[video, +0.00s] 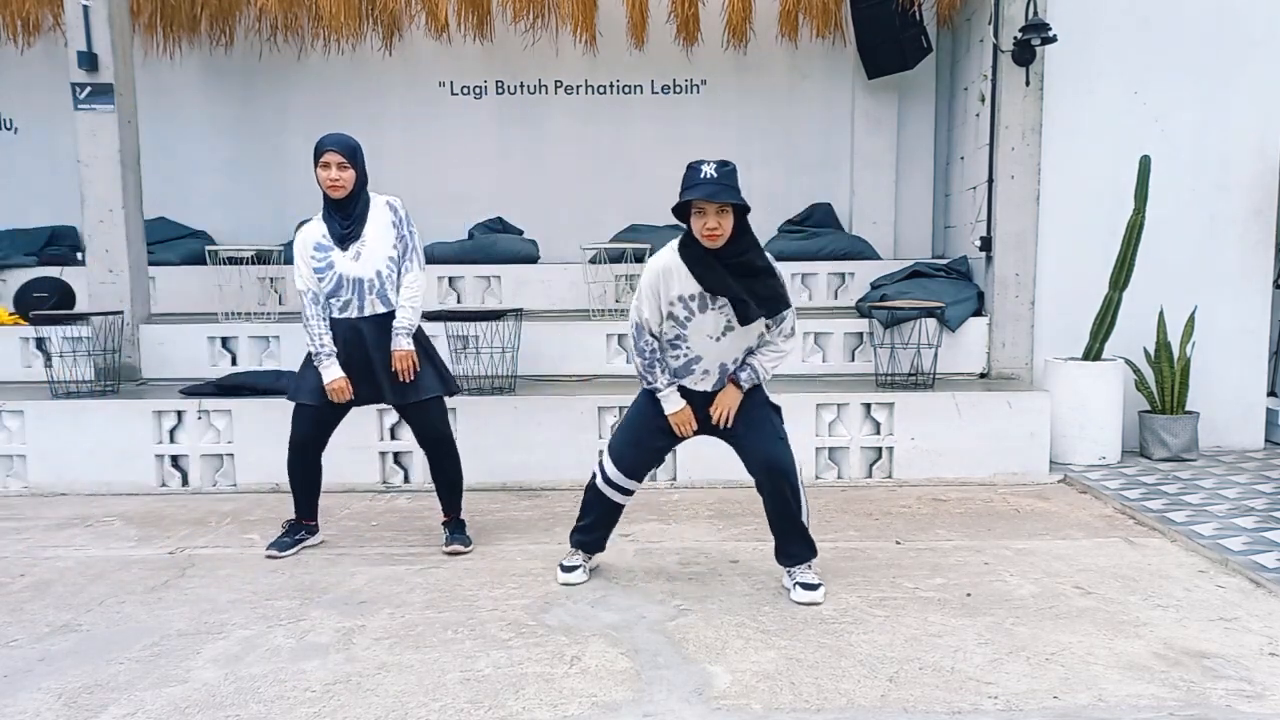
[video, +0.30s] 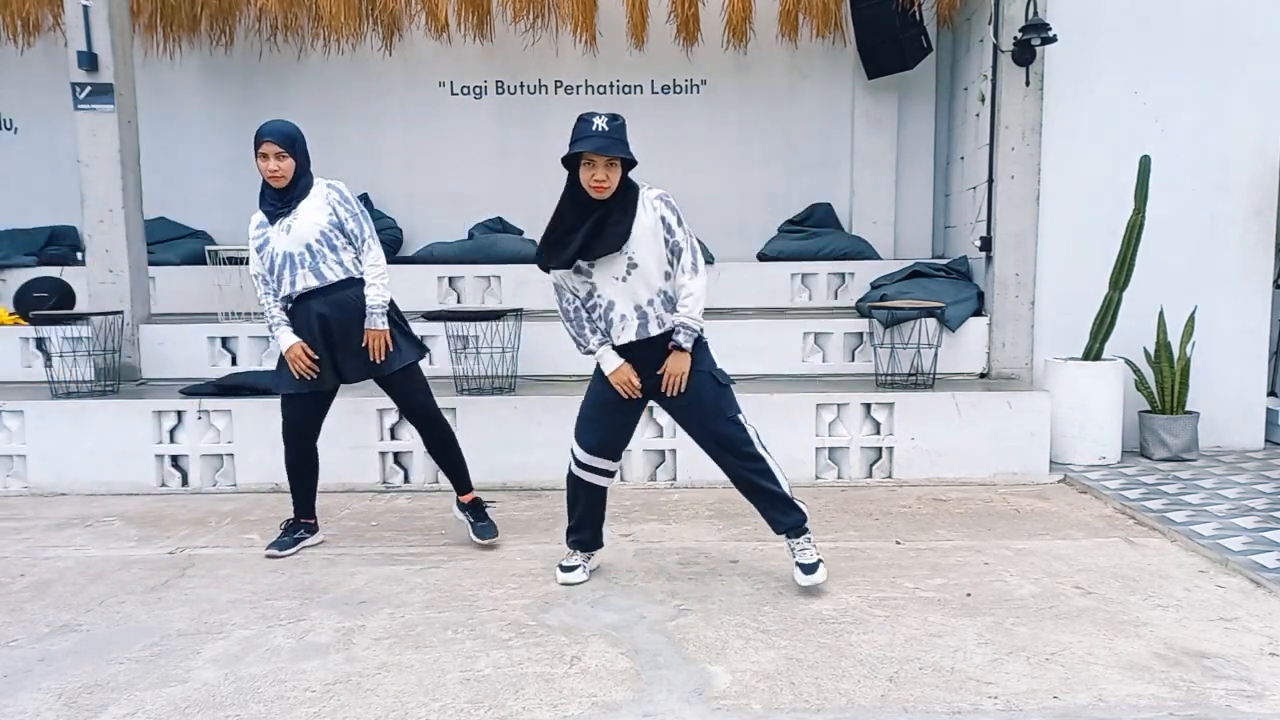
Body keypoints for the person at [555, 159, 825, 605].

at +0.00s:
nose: (711, 223)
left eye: (721, 212)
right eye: (700, 212)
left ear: (737, 214)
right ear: (687, 216)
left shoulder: (759, 267)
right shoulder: (664, 267)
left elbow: (782, 335)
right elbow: (642, 339)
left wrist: (739, 384)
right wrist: (670, 399)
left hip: (738, 392)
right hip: (671, 391)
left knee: (776, 465)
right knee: (620, 461)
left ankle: (799, 564)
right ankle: (583, 548)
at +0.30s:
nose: (599, 175)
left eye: (609, 164)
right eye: (589, 164)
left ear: (624, 165)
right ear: (574, 166)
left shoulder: (656, 207)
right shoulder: (566, 232)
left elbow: (691, 273)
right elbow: (573, 309)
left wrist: (683, 345)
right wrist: (608, 359)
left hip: (676, 346)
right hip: (613, 356)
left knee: (733, 441)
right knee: (588, 455)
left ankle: (797, 534)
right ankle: (581, 548)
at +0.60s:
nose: (589, 173)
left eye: (599, 163)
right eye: (579, 163)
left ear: (614, 164)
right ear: (565, 164)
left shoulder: (646, 205)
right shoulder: (552, 232)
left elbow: (689, 266)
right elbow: (547, 305)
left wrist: (690, 333)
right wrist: (577, 351)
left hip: (666, 347)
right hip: (600, 357)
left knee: (716, 442)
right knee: (581, 457)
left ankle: (771, 534)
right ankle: (580, 547)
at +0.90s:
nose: (654, 242)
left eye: (664, 233)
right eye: (644, 231)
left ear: (677, 235)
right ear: (628, 232)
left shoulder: (697, 269)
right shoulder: (606, 275)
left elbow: (754, 313)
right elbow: (569, 332)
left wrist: (733, 369)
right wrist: (594, 381)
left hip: (697, 383)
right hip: (630, 388)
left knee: (752, 454)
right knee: (585, 464)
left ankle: (791, 551)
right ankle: (583, 549)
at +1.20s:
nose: (760, 184)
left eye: (771, 174)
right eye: (751, 174)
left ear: (786, 177)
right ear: (735, 174)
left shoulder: (801, 238)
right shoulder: (702, 218)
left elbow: (812, 311)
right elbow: (650, 274)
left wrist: (779, 360)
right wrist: (643, 344)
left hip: (748, 372)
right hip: (679, 358)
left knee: (776, 455)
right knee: (615, 436)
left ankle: (792, 552)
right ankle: (574, 534)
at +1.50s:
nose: (773, 169)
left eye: (783, 160)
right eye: (763, 159)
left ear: (797, 164)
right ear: (748, 161)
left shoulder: (810, 228)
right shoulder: (716, 206)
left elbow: (822, 305)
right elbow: (673, 274)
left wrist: (799, 357)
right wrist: (662, 338)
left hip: (765, 360)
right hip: (699, 350)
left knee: (781, 459)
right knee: (650, 450)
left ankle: (792, 552)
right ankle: (605, 540)